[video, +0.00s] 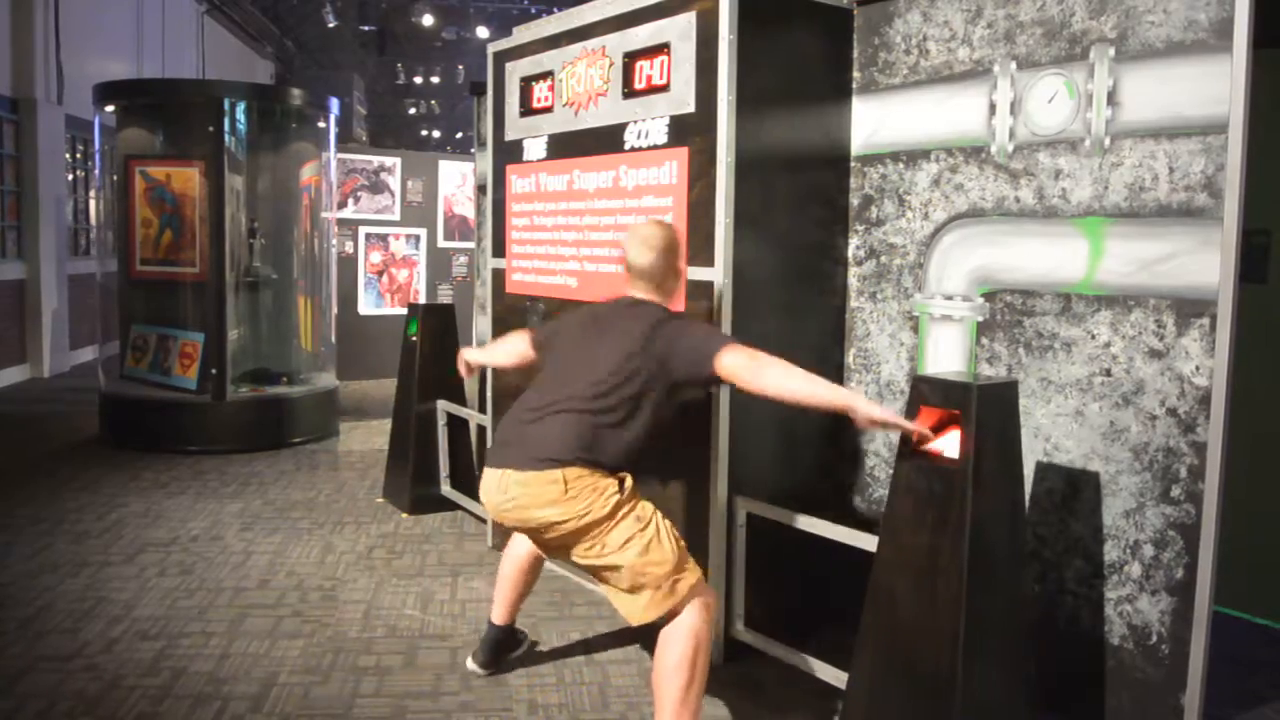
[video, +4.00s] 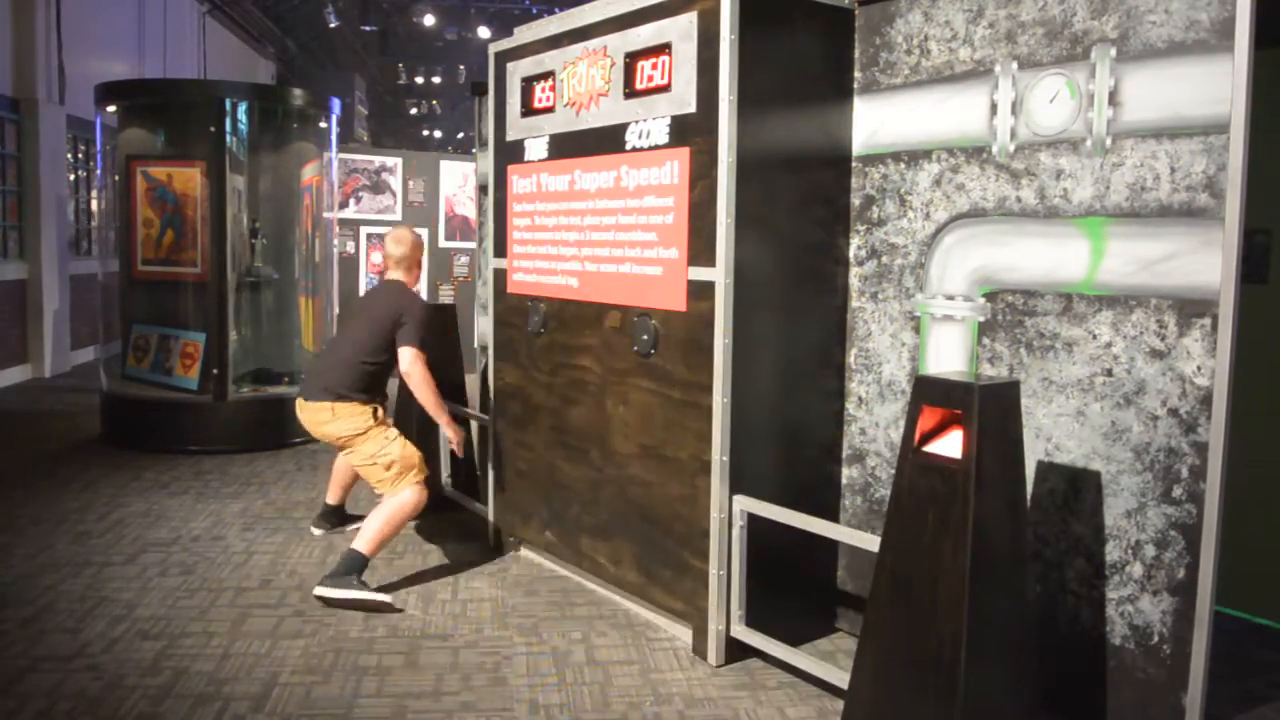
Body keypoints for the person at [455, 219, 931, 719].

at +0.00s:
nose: (681, 267)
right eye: (682, 262)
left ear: (623, 270)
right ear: (680, 272)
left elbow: (515, 348)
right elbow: (752, 369)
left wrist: (475, 356)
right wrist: (854, 403)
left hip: (500, 482)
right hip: (568, 488)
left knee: (537, 527)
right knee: (690, 603)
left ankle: (495, 639)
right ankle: (676, 714)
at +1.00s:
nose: (402, 237)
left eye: (399, 231)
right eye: (399, 231)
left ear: (364, 241)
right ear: (390, 233)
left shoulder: (352, 269)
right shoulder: (396, 253)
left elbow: (343, 316)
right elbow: (394, 286)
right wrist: (413, 343)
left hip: (323, 367)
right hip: (359, 366)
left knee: (364, 436)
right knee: (397, 454)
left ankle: (331, 513)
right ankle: (378, 559)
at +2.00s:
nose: (411, 156)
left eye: (409, 146)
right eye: (403, 148)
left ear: (364, 157)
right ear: (370, 156)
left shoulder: (343, 206)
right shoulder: (376, 205)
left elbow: (318, 266)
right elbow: (389, 275)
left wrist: (322, 299)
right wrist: (481, 293)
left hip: (344, 364)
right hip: (383, 367)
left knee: (364, 474)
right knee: (421, 486)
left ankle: (296, 571)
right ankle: (323, 575)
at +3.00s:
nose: (737, 311)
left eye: (718, 293)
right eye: (743, 306)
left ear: (680, 286)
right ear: (739, 313)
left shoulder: (609, 313)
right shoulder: (719, 363)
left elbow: (516, 340)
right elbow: (808, 432)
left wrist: (431, 366)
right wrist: (902, 459)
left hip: (467, 433)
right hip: (536, 476)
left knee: (457, 507)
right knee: (647, 601)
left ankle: (381, 597)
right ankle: (606, 718)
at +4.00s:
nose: (423, 262)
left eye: (419, 256)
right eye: (422, 257)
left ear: (385, 261)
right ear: (419, 262)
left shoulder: (366, 298)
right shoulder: (411, 303)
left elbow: (350, 348)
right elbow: (410, 366)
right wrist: (447, 422)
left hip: (312, 404)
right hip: (347, 410)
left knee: (362, 440)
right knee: (411, 490)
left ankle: (331, 511)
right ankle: (345, 575)